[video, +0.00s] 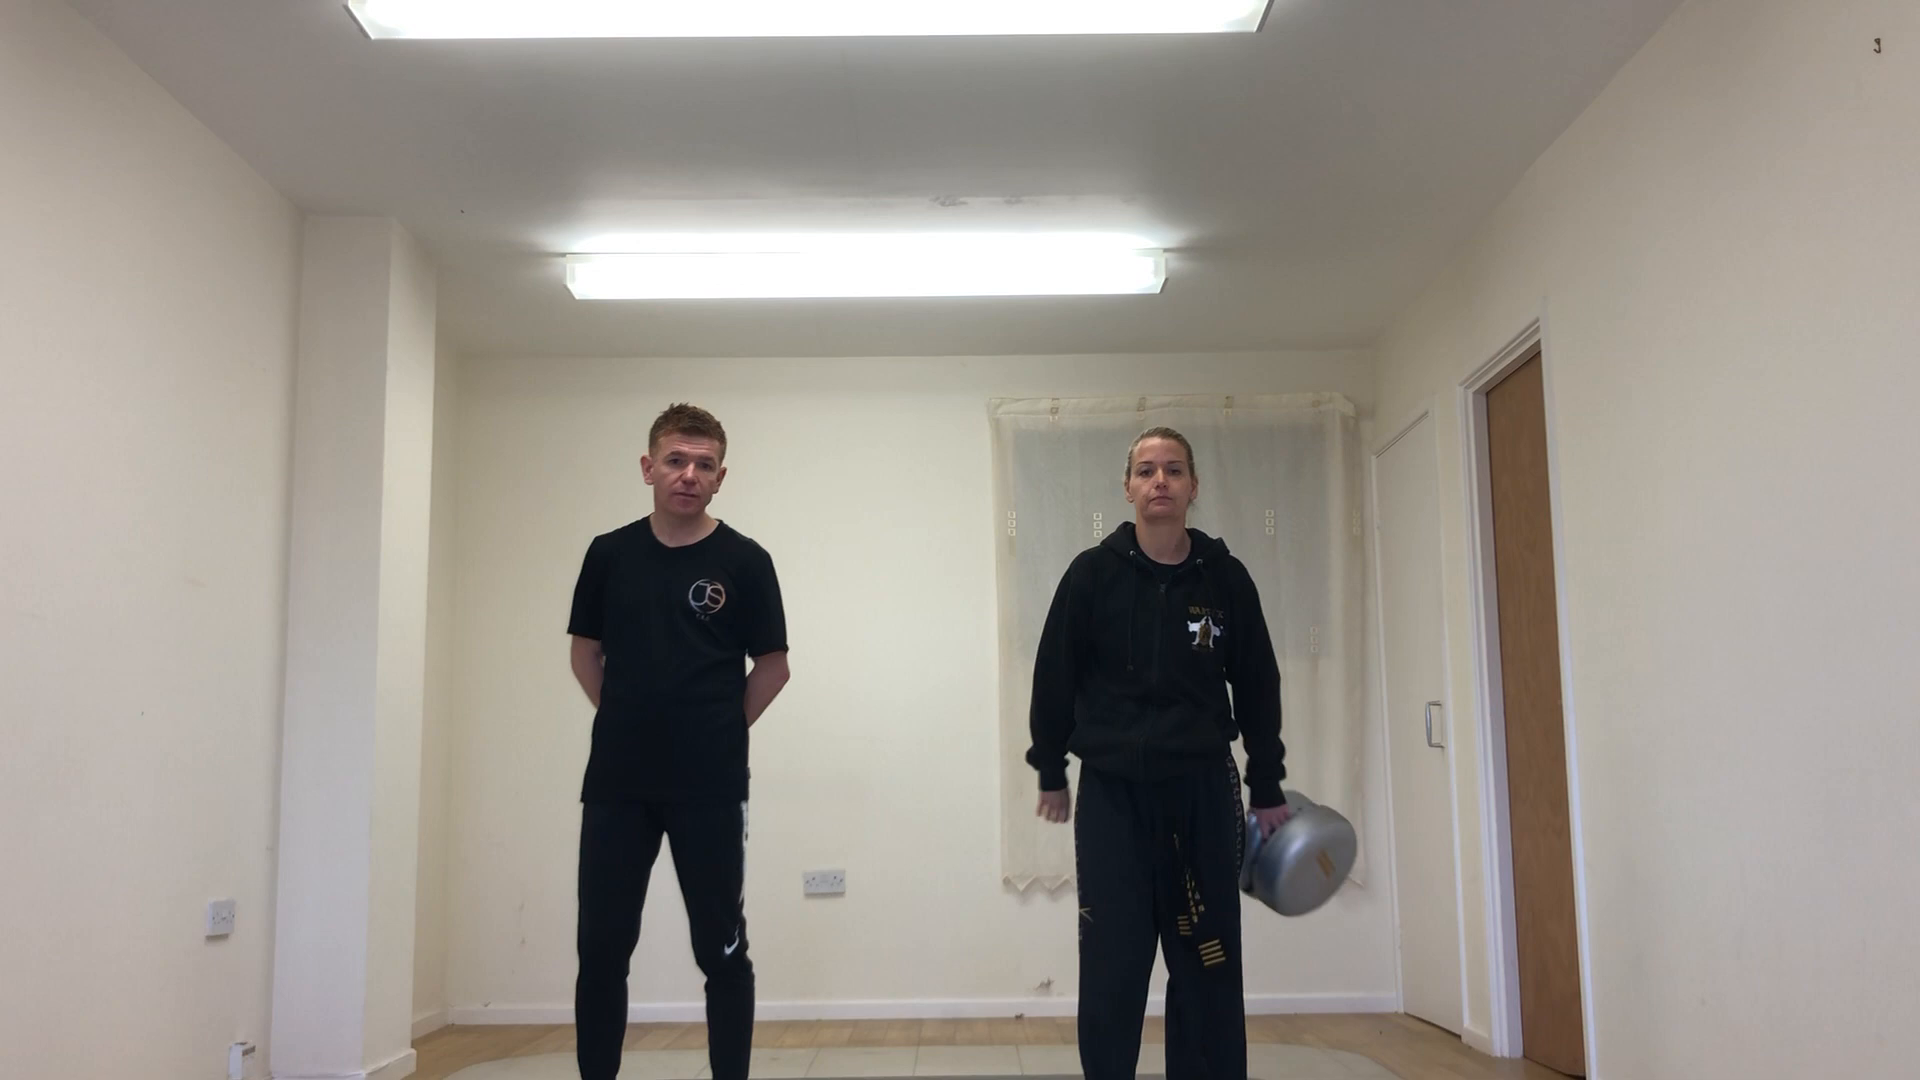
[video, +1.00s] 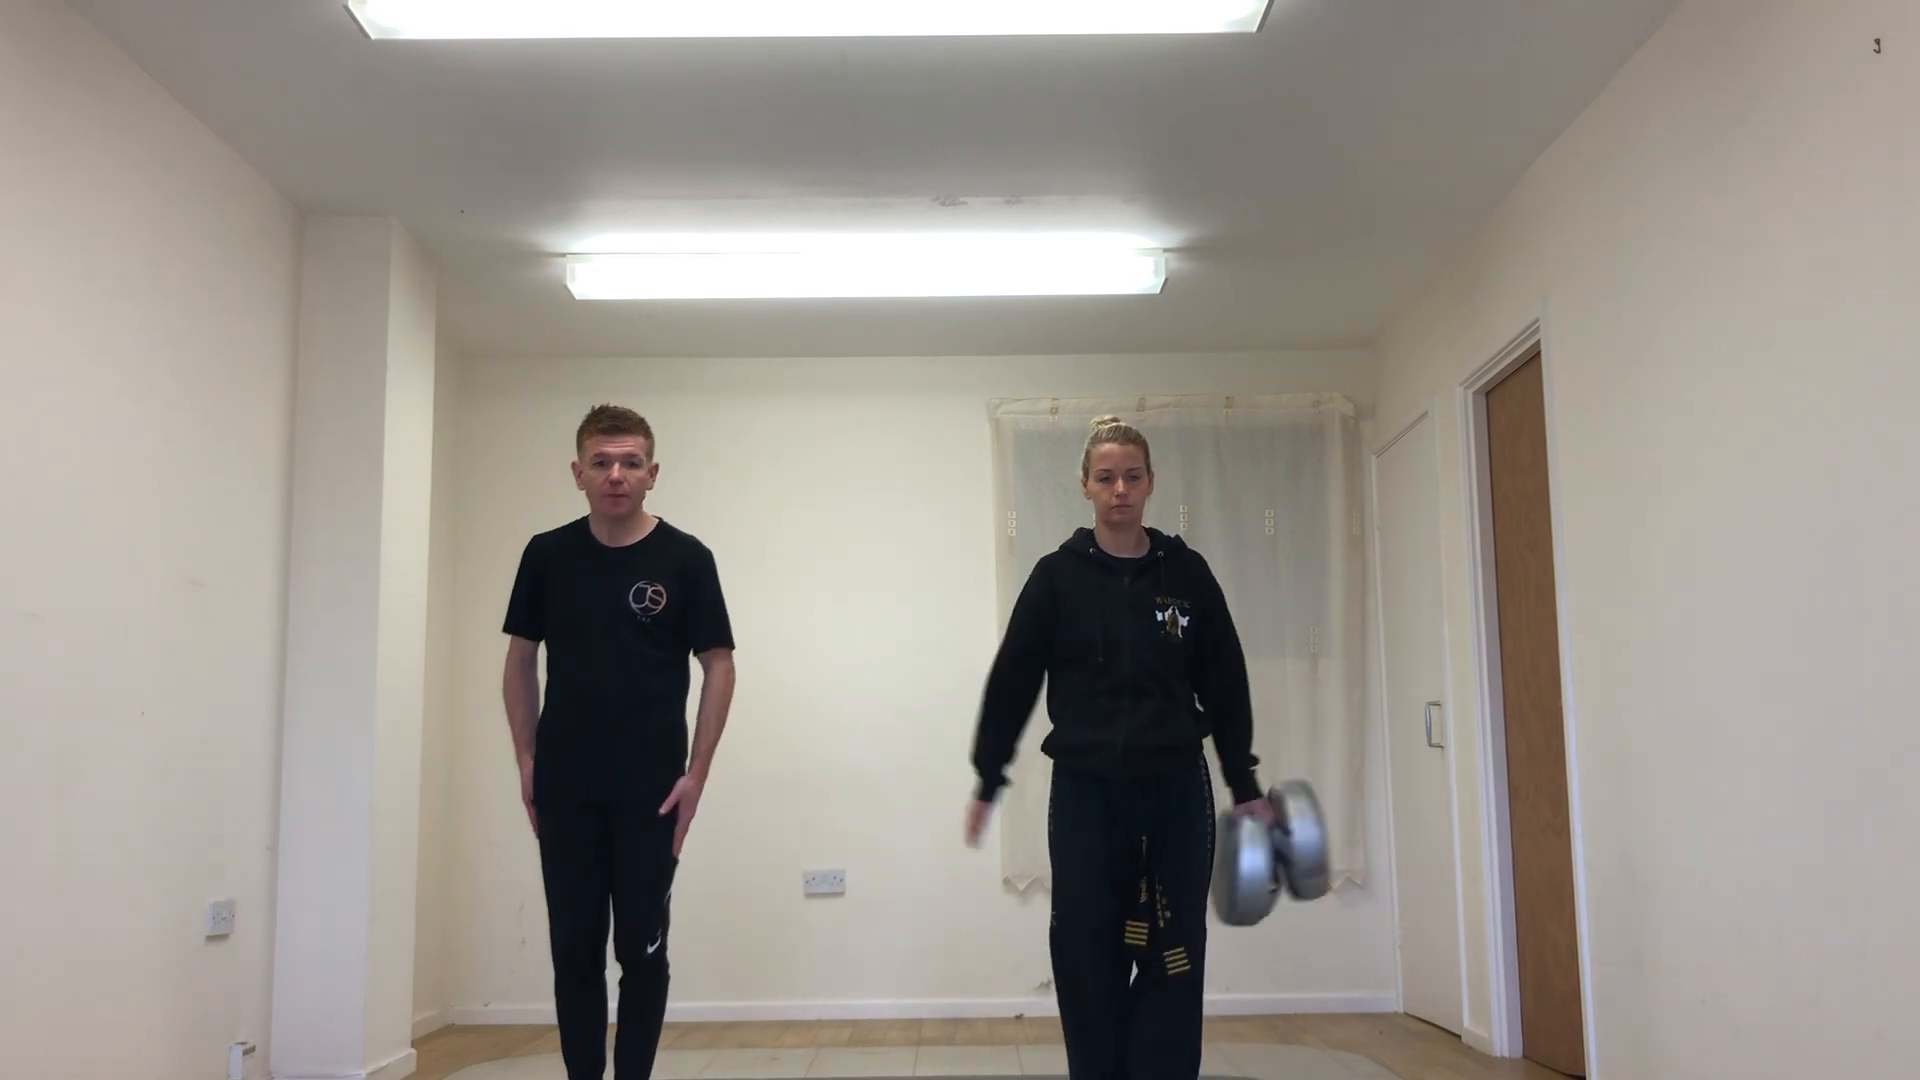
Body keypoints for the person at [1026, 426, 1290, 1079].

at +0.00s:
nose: (1159, 480)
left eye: (1172, 470)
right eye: (1145, 470)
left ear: (1192, 488)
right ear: (1128, 489)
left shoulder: (1224, 574)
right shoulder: (1092, 572)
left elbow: (1256, 678)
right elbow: (1054, 670)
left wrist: (1267, 783)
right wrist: (1050, 769)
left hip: (1203, 788)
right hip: (1112, 789)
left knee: (1208, 960)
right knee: (1113, 960)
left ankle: (1207, 1078)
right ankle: (1107, 1074)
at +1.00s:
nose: (1120, 489)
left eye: (1132, 476)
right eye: (1106, 477)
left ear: (1149, 484)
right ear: (1086, 487)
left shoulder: (1186, 570)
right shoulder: (1057, 574)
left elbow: (1223, 674)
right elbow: (1015, 675)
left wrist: (1242, 778)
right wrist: (988, 776)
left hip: (1177, 782)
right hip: (1087, 785)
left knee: (1175, 948)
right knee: (1087, 947)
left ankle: (1164, 1072)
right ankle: (1098, 1072)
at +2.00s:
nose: (1120, 510)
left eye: (1132, 496)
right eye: (1105, 499)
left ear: (1151, 504)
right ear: (1086, 509)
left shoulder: (1189, 588)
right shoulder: (1055, 592)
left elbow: (1213, 691)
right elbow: (1034, 696)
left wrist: (1220, 789)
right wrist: (1036, 793)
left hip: (1173, 800)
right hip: (1081, 804)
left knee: (1177, 966)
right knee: (1087, 969)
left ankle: (1169, 1072)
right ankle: (1102, 1072)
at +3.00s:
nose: (1104, 481)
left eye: (1116, 470)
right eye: (1090, 473)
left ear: (1136, 486)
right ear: (1073, 492)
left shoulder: (1175, 573)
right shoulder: (1045, 579)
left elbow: (1209, 672)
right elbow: (1029, 689)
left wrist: (1213, 729)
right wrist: (1064, 732)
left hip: (1175, 788)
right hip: (1087, 792)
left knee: (1191, 952)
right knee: (1092, 959)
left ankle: (1200, 1073)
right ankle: (1101, 1077)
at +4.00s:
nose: (1171, 486)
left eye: (1183, 474)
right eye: (1157, 477)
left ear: (1203, 487)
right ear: (1140, 494)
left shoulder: (1246, 572)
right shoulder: (1113, 575)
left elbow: (1292, 677)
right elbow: (1080, 666)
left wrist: (1272, 717)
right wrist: (1171, 659)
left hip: (1236, 789)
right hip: (1142, 790)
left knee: (1251, 972)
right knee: (1131, 975)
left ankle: (1257, 1078)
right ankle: (1128, 1079)